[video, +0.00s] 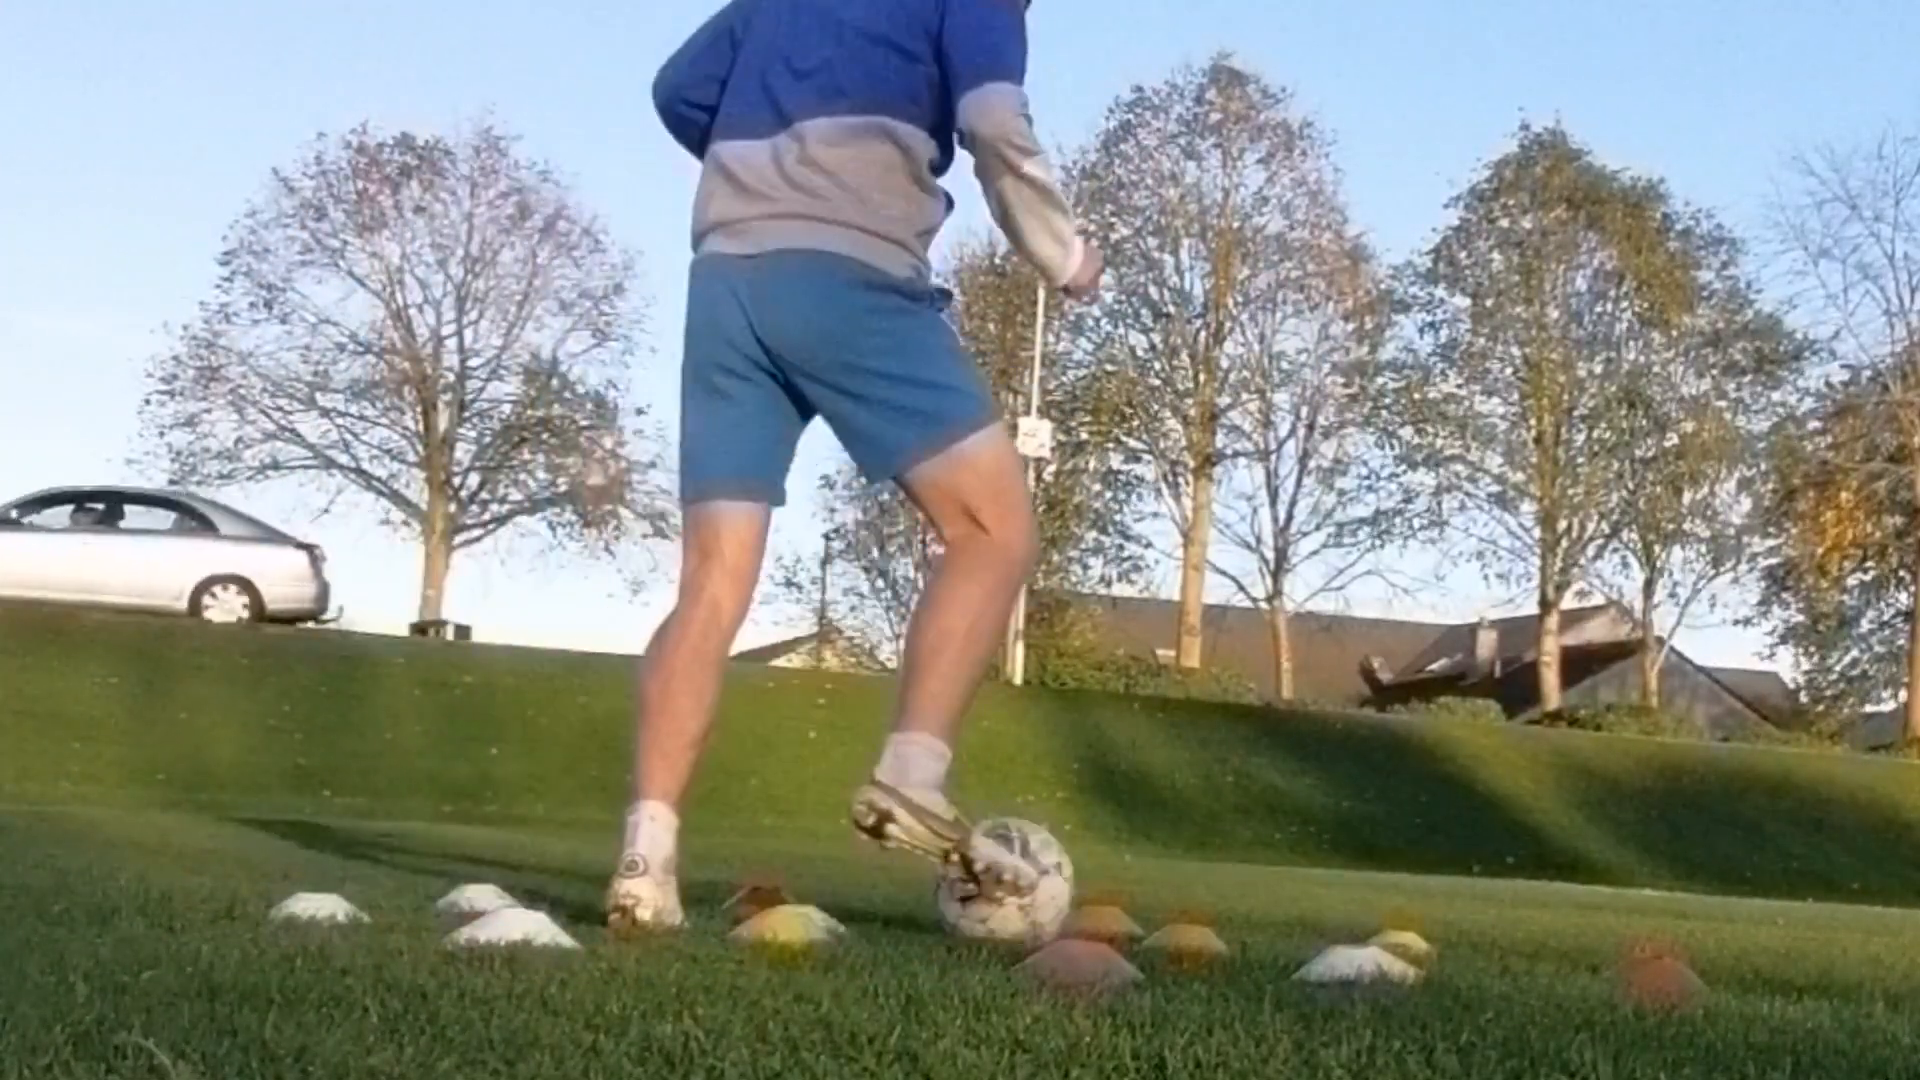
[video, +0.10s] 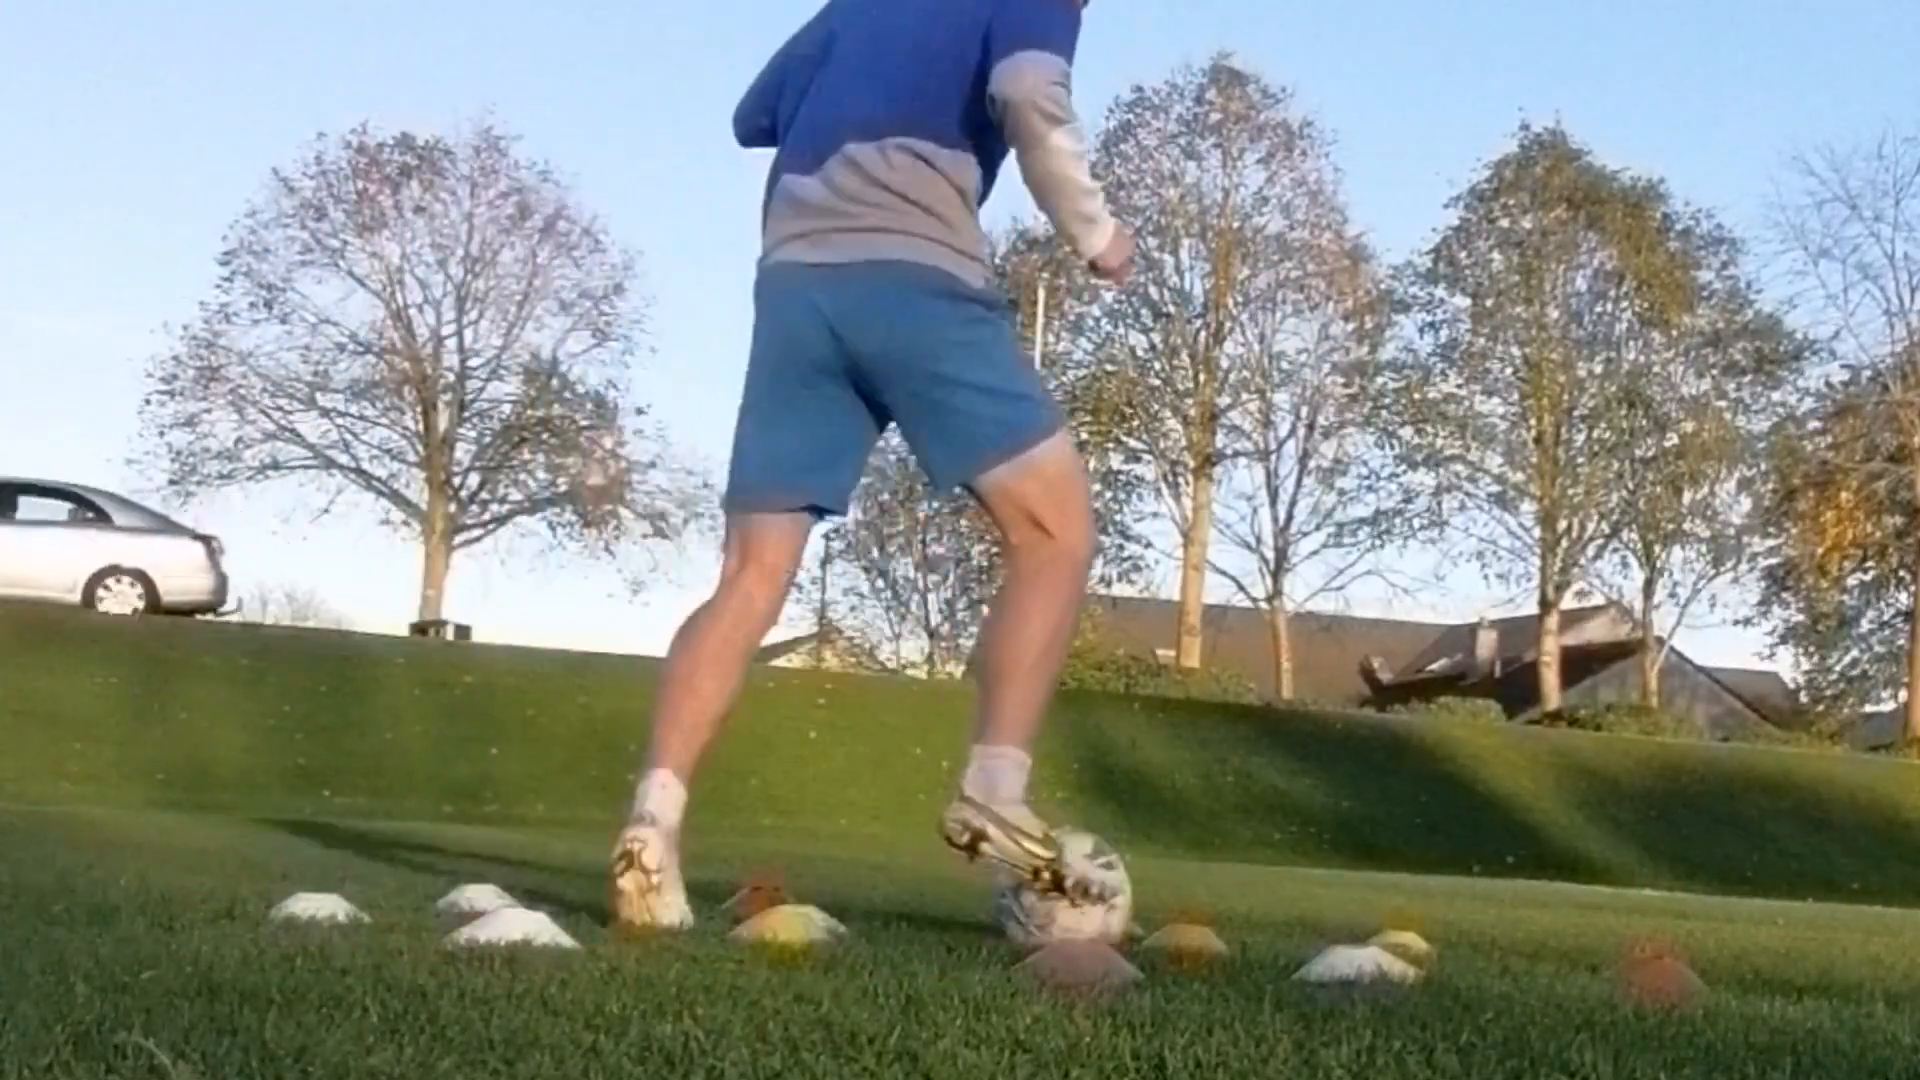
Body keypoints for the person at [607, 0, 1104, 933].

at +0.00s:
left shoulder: (772, 5)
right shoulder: (970, 5)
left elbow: (677, 89)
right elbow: (991, 121)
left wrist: (766, 172)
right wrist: (1066, 256)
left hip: (723, 284)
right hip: (852, 281)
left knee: (710, 585)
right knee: (994, 532)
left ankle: (645, 859)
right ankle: (911, 776)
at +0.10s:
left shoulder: (841, 16)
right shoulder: (1029, 4)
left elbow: (768, 128)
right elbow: (1027, 98)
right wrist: (1092, 227)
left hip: (792, 296)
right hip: (922, 289)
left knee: (750, 574)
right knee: (1055, 534)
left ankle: (652, 821)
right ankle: (994, 792)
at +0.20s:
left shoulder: (901, 33)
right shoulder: (1090, 6)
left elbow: (805, 164)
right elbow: (1094, 89)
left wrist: (910, 233)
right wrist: (1148, 230)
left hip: (879, 333)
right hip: (1007, 331)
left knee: (860, 562)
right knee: (1034, 607)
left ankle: (737, 766)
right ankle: (912, 871)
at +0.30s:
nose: (1173, 32)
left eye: (1175, 22)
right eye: (1172, 19)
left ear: (1041, 3)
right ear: (1139, 5)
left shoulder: (953, 57)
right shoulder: (1154, 44)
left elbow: (867, 157)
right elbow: (1208, 169)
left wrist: (925, 292)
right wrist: (1249, 276)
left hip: (942, 347)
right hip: (1059, 348)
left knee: (960, 595)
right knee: (1029, 620)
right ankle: (905, 877)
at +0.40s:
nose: (1230, 55)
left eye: (1230, 47)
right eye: (1232, 44)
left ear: (1145, 13)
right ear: (1206, 24)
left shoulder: (1015, 60)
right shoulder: (1212, 50)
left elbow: (942, 120)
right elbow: (1294, 186)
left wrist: (986, 272)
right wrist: (1315, 268)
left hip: (985, 351)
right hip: (1098, 355)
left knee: (1067, 590)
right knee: (1170, 607)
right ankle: (1002, 786)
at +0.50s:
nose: (1280, 118)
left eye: (1282, 104)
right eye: (1280, 101)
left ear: (1201, 64)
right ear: (1260, 76)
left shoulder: (1081, 120)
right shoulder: (1250, 97)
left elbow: (978, 217)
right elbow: (1330, 225)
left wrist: (1042, 347)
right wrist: (1361, 286)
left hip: (1049, 411)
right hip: (1158, 402)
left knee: (1157, 648)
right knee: (1333, 574)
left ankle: (1127, 904)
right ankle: (1147, 724)